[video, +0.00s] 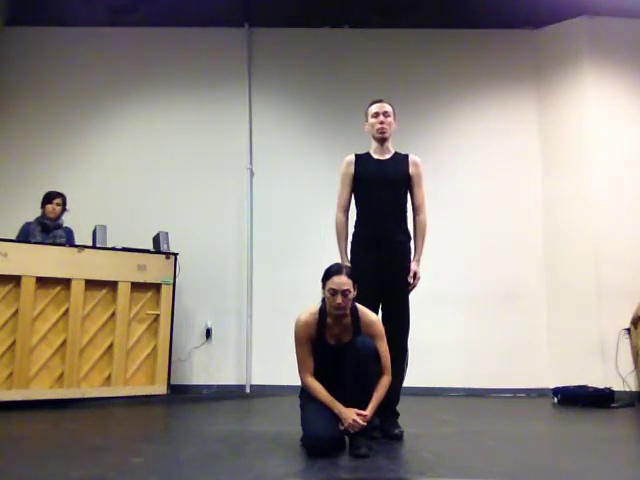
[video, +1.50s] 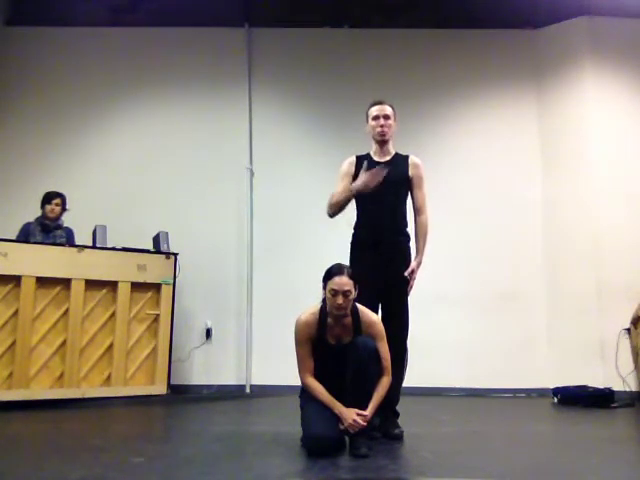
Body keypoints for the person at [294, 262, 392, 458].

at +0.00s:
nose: (339, 300)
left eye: (345, 294)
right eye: (333, 293)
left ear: (354, 293)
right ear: (323, 292)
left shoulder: (370, 322)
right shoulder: (306, 323)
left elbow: (386, 374)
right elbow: (307, 377)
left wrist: (365, 415)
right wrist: (341, 411)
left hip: (356, 392)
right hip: (321, 393)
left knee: (364, 346)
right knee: (321, 445)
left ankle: (360, 432)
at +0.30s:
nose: (340, 301)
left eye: (346, 294)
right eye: (333, 293)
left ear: (355, 293)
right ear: (324, 292)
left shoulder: (371, 322)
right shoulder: (307, 323)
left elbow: (386, 375)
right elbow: (307, 377)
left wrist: (365, 415)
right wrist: (341, 411)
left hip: (356, 392)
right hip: (321, 393)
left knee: (365, 346)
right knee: (321, 445)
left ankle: (360, 432)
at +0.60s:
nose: (340, 301)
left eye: (347, 294)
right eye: (334, 293)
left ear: (355, 293)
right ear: (324, 291)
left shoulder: (371, 322)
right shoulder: (307, 323)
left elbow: (386, 374)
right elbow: (307, 377)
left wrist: (366, 415)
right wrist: (342, 411)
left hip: (356, 393)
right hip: (321, 393)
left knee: (365, 346)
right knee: (321, 445)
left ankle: (360, 432)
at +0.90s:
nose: (340, 301)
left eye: (347, 294)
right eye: (334, 293)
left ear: (355, 293)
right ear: (324, 292)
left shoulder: (371, 322)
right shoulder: (307, 323)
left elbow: (386, 375)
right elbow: (307, 377)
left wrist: (366, 415)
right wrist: (342, 411)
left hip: (356, 392)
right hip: (321, 393)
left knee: (365, 346)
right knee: (322, 445)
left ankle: (360, 432)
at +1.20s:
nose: (340, 301)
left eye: (347, 294)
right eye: (334, 294)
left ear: (355, 293)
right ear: (324, 292)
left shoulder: (371, 323)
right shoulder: (307, 323)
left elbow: (386, 374)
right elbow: (307, 378)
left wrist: (366, 414)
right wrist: (342, 412)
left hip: (355, 392)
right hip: (321, 392)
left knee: (365, 347)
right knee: (321, 445)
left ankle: (360, 432)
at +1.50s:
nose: (340, 301)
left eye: (347, 294)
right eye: (334, 294)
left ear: (355, 293)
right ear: (324, 292)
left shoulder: (371, 322)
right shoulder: (307, 323)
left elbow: (386, 374)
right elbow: (307, 378)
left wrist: (366, 414)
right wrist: (342, 412)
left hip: (355, 392)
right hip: (321, 392)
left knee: (365, 347)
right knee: (322, 445)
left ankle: (360, 432)